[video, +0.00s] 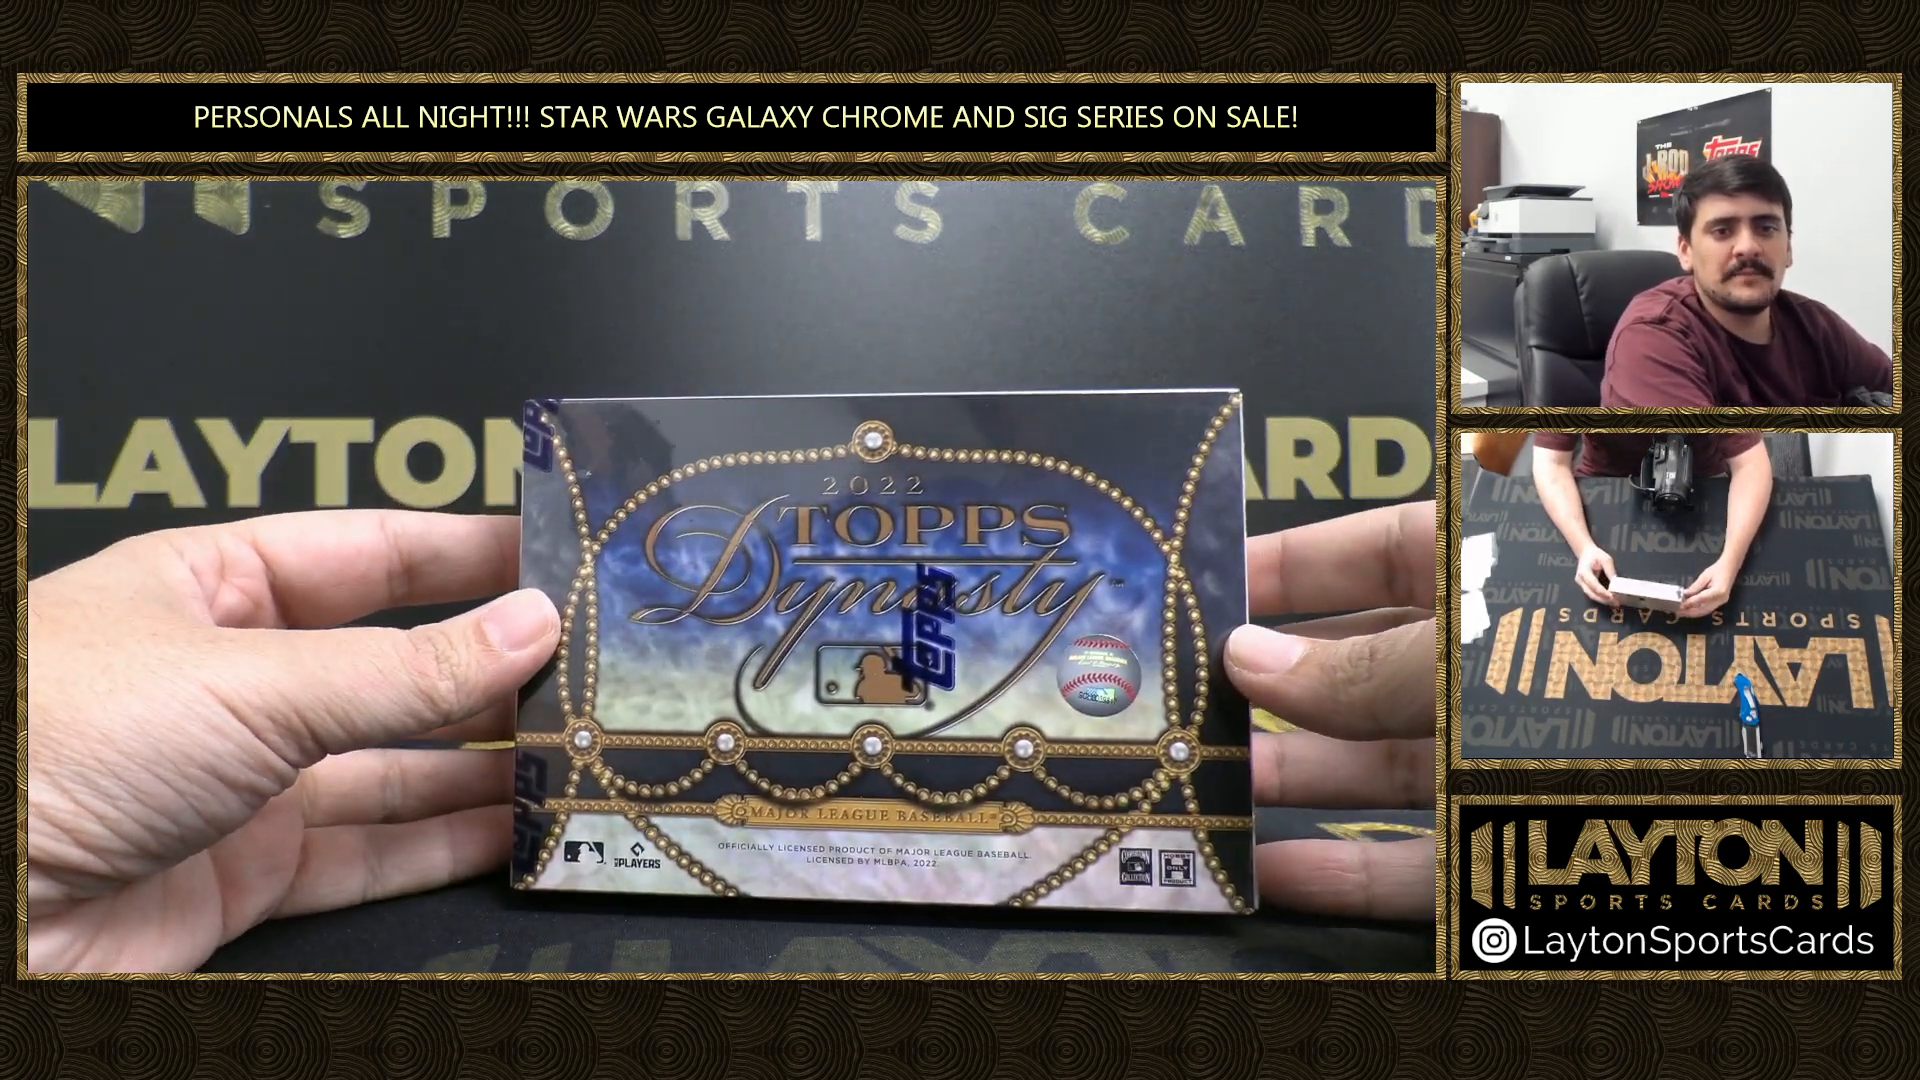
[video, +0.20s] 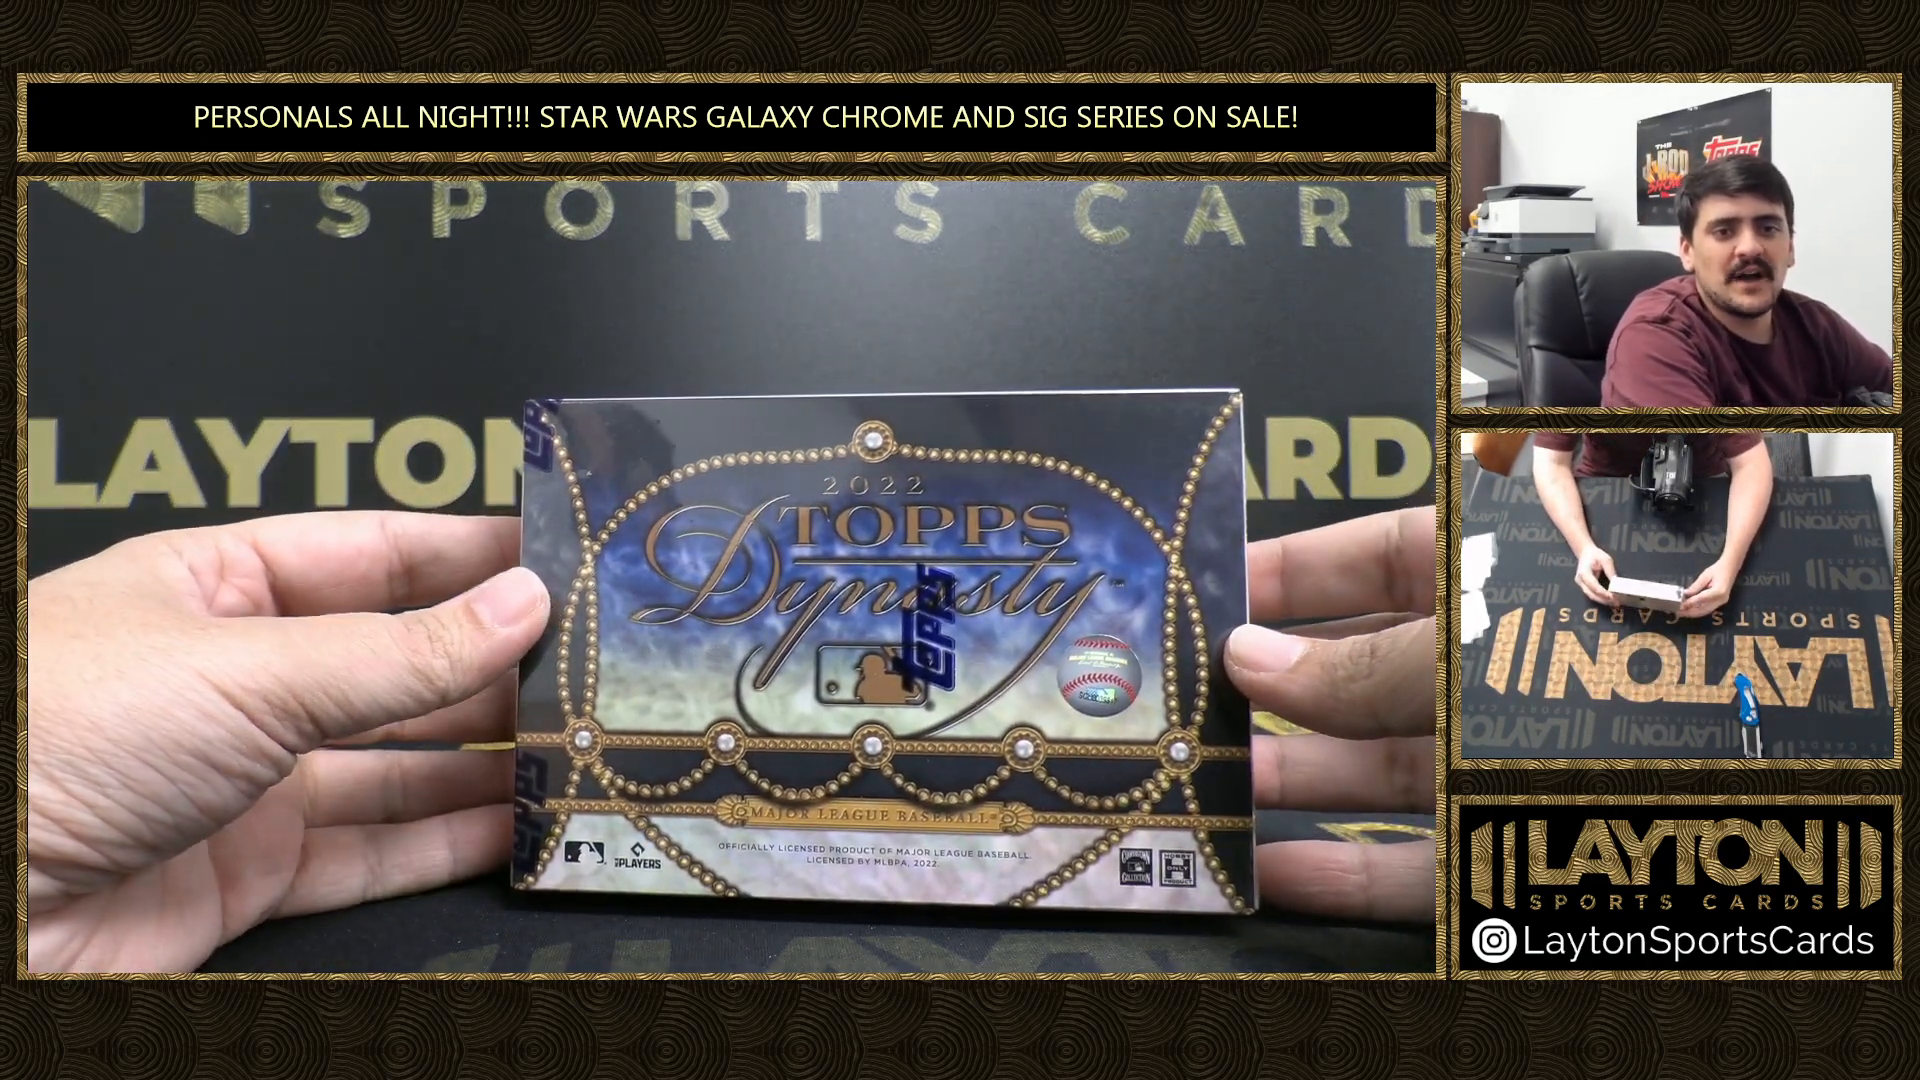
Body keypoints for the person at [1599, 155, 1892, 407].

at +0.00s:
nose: (1747, 247)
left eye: (1765, 228)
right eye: (1723, 231)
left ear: (1788, 248)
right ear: (1685, 251)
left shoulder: (1816, 328)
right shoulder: (1652, 334)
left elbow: (1896, 388)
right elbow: (1746, 461)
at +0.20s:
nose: (1749, 248)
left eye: (1767, 229)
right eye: (1724, 231)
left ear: (1790, 248)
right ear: (1687, 252)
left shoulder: (1817, 328)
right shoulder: (1654, 333)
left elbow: (1896, 386)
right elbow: (1747, 461)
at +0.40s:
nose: (1751, 246)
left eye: (1770, 228)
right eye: (1727, 230)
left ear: (1794, 248)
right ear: (1690, 251)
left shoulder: (1817, 328)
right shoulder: (1656, 333)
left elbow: (1896, 385)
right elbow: (1747, 462)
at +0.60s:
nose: (1753, 249)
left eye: (1772, 230)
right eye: (1729, 232)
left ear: (1798, 251)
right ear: (1693, 252)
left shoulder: (1818, 328)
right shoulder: (1657, 333)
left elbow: (1896, 385)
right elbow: (1747, 462)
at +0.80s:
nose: (1751, 251)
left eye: (1771, 232)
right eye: (1728, 234)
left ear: (1798, 251)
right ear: (1693, 253)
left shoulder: (1819, 329)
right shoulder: (1657, 333)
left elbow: (1898, 387)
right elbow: (1748, 460)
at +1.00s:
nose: (1747, 252)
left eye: (1767, 233)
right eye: (1724, 235)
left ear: (1795, 251)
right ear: (1691, 254)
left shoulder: (1817, 329)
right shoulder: (1655, 333)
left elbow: (1897, 388)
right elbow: (1747, 460)